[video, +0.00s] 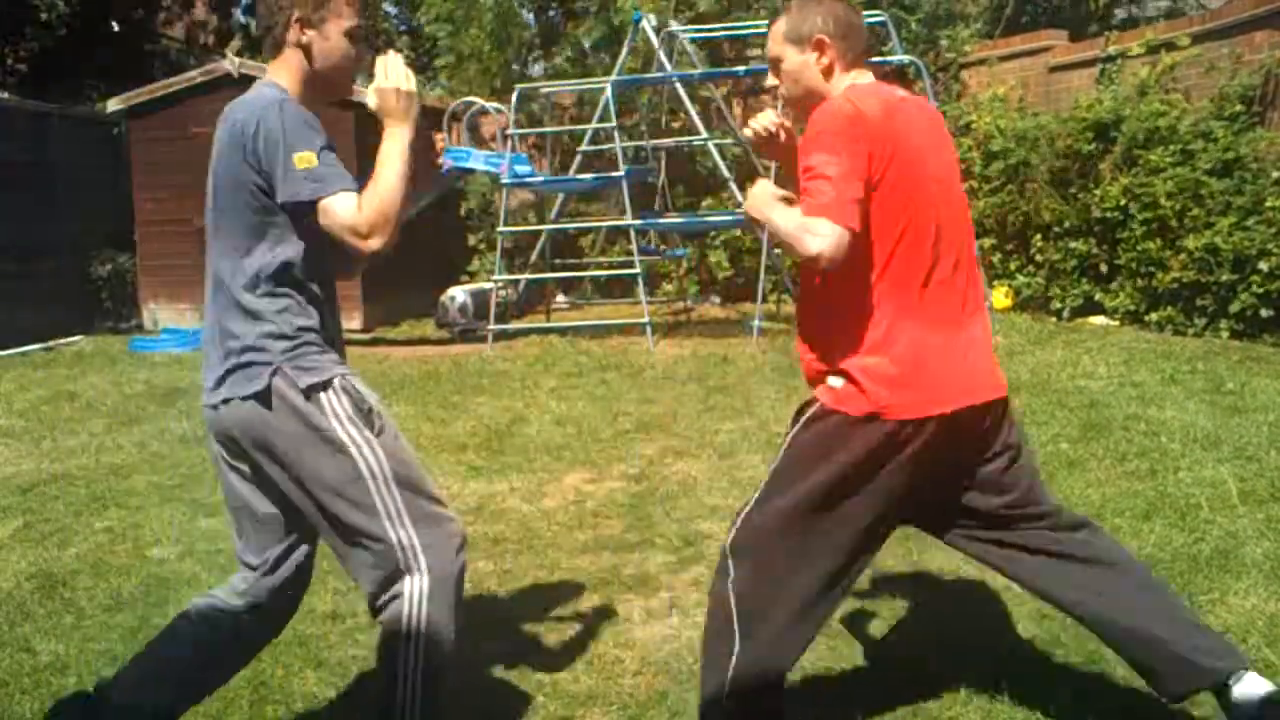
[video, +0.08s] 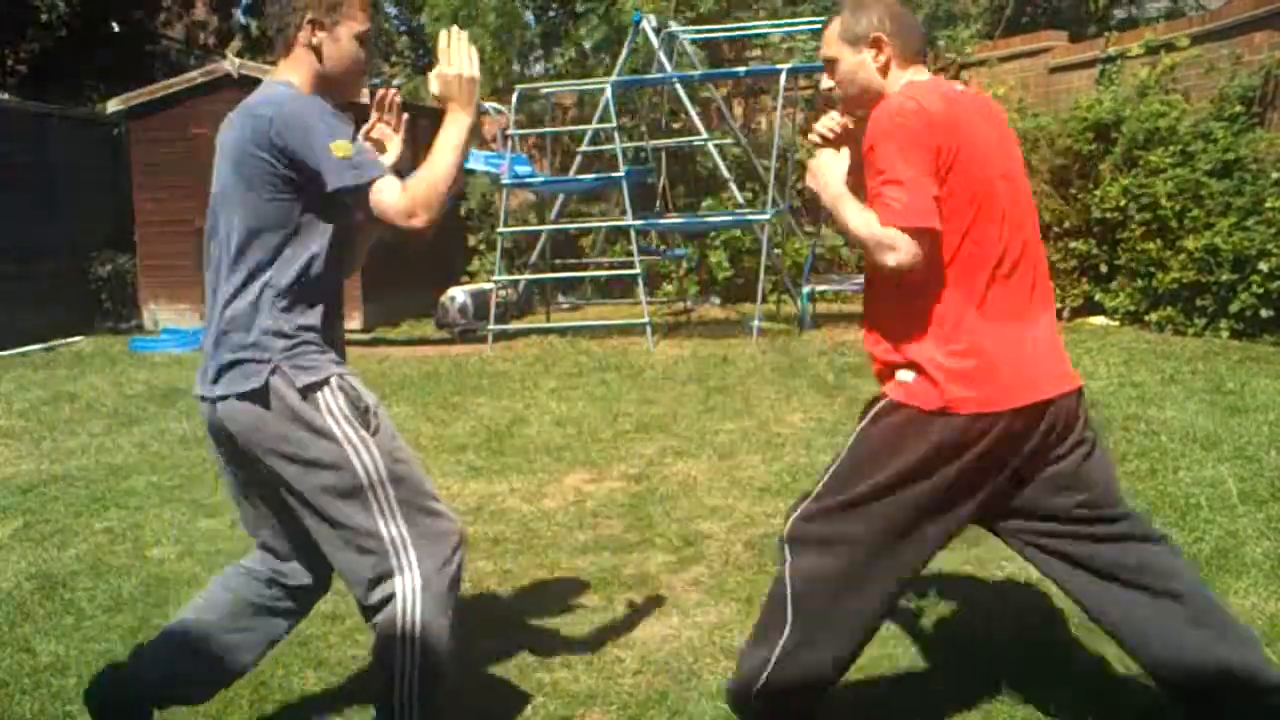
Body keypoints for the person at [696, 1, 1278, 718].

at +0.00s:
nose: (771, 83)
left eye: (776, 65)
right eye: (769, 67)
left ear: (824, 55)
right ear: (837, 55)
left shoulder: (843, 115)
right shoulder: (916, 111)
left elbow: (823, 243)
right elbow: (876, 218)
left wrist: (767, 207)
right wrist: (797, 155)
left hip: (879, 396)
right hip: (966, 388)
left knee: (758, 564)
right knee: (1056, 543)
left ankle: (731, 705)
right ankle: (1237, 679)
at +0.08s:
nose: (827, 83)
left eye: (831, 64)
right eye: (823, 67)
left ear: (880, 54)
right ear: (903, 56)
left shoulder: (902, 116)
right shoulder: (978, 107)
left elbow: (898, 250)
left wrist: (831, 188)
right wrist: (857, 152)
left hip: (951, 395)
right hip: (1040, 384)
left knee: (825, 548)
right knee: (1124, 552)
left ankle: (763, 700)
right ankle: (1254, 691)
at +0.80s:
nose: (922, 62)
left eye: (925, 45)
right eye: (918, 47)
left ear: (973, 32)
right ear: (987, 27)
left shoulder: (1007, 84)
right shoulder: (1069, 80)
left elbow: (914, 191)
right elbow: (976, 205)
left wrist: (893, 107)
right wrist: (918, 119)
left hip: (1030, 374)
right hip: (1112, 367)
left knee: (936, 554)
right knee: (1168, 553)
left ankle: (929, 708)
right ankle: (1273, 684)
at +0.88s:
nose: (881, 22)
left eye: (888, 7)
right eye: (880, 9)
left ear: (936, 5)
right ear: (969, 8)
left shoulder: (958, 61)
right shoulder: (1038, 60)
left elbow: (849, 155)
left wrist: (832, 93)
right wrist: (875, 76)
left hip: (981, 347)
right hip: (1066, 340)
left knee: (912, 531)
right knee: (1064, 514)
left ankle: (916, 705)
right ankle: (1162, 651)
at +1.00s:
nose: (851, 34)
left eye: (852, 15)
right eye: (848, 19)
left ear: (897, 4)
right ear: (924, 7)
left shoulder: (921, 55)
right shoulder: (998, 55)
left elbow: (856, 183)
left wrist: (829, 112)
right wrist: (853, 103)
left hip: (946, 341)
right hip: (1027, 338)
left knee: (835, 492)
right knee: (994, 507)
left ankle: (862, 687)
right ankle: (1068, 681)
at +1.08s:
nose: (827, 62)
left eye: (830, 43)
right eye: (825, 46)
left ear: (872, 31)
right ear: (882, 30)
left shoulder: (906, 87)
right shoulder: (966, 85)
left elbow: (890, 220)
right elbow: (921, 198)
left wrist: (831, 204)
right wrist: (839, 165)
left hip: (921, 368)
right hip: (995, 368)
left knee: (792, 492)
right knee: (962, 525)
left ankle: (779, 678)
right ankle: (1072, 683)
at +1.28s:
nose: (706, 86)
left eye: (707, 71)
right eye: (702, 72)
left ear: (740, 63)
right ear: (781, 63)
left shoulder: (755, 111)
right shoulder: (834, 120)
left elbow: (789, 188)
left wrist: (738, 275)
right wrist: (733, 155)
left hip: (757, 370)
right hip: (842, 371)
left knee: (663, 523)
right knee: (897, 518)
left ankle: (632, 690)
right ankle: (1031, 657)